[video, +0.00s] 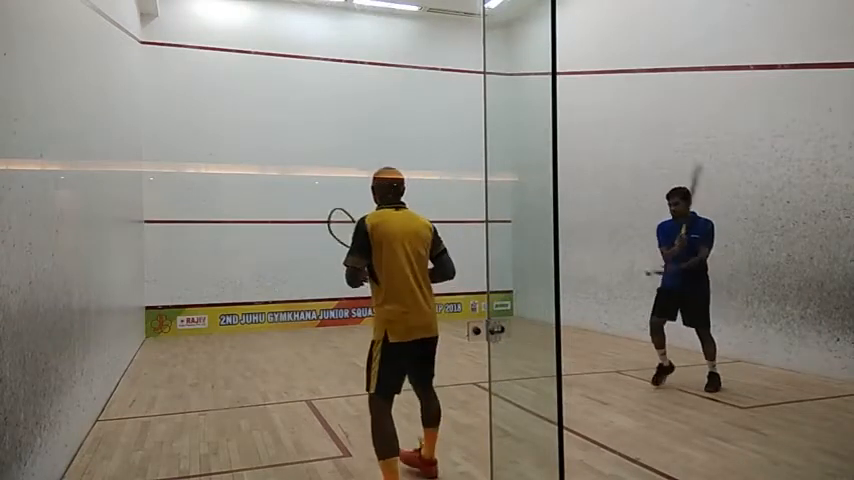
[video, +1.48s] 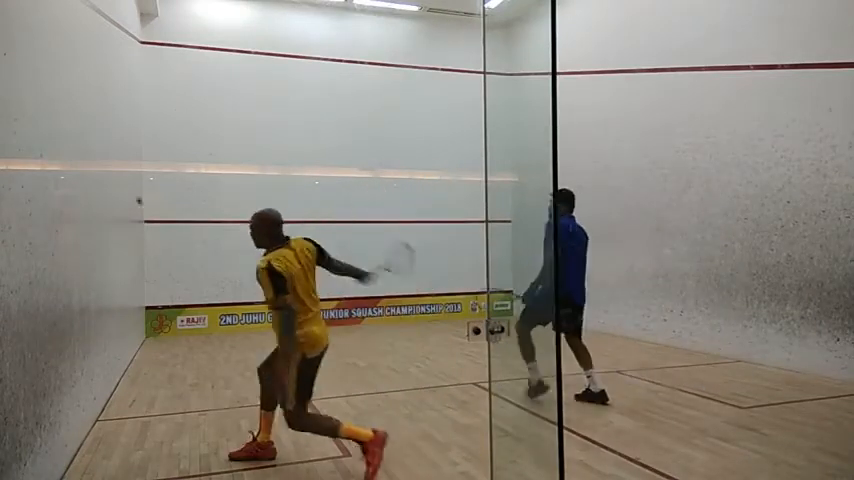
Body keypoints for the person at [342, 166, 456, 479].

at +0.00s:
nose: (373, 194)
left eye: (373, 189)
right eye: (378, 188)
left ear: (375, 192)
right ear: (402, 192)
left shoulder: (369, 224)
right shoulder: (423, 223)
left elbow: (354, 278)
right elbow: (447, 270)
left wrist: (365, 271)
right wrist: (415, 276)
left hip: (391, 331)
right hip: (427, 328)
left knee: (380, 403)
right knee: (426, 388)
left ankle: (391, 475)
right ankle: (428, 457)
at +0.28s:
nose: (378, 195)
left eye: (379, 190)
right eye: (383, 188)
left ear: (381, 193)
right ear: (406, 193)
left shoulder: (378, 222)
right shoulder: (425, 224)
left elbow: (366, 273)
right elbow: (443, 269)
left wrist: (360, 274)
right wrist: (413, 274)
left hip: (400, 326)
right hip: (432, 323)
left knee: (392, 395)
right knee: (425, 385)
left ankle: (405, 474)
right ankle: (425, 459)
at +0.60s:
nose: (370, 200)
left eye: (372, 195)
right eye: (374, 194)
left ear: (373, 198)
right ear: (399, 199)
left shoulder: (372, 223)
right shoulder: (416, 232)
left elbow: (364, 267)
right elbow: (432, 279)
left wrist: (350, 279)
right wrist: (391, 280)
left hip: (399, 324)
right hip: (426, 321)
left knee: (394, 396)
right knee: (418, 385)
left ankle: (423, 469)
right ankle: (424, 457)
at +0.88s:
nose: (352, 210)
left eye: (354, 205)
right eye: (354, 205)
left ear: (358, 209)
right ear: (382, 210)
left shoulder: (362, 236)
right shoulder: (392, 240)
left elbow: (361, 285)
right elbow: (392, 296)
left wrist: (333, 316)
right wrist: (356, 312)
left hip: (392, 338)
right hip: (410, 335)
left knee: (374, 409)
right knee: (395, 396)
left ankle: (410, 474)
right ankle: (420, 459)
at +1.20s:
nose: (293, 231)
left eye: (295, 226)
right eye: (294, 226)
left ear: (303, 230)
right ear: (317, 228)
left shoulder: (328, 260)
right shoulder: (308, 258)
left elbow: (336, 313)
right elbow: (276, 283)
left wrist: (320, 352)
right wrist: (295, 285)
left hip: (359, 344)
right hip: (336, 343)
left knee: (363, 409)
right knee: (311, 388)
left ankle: (404, 472)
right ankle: (282, 436)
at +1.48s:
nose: (250, 233)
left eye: (253, 228)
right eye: (251, 228)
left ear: (265, 231)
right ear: (277, 229)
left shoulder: (269, 266)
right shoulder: (304, 246)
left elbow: (286, 316)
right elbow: (335, 265)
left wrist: (285, 372)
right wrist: (365, 275)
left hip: (301, 345)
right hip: (314, 336)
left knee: (296, 418)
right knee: (265, 372)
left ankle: (369, 438)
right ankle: (263, 442)